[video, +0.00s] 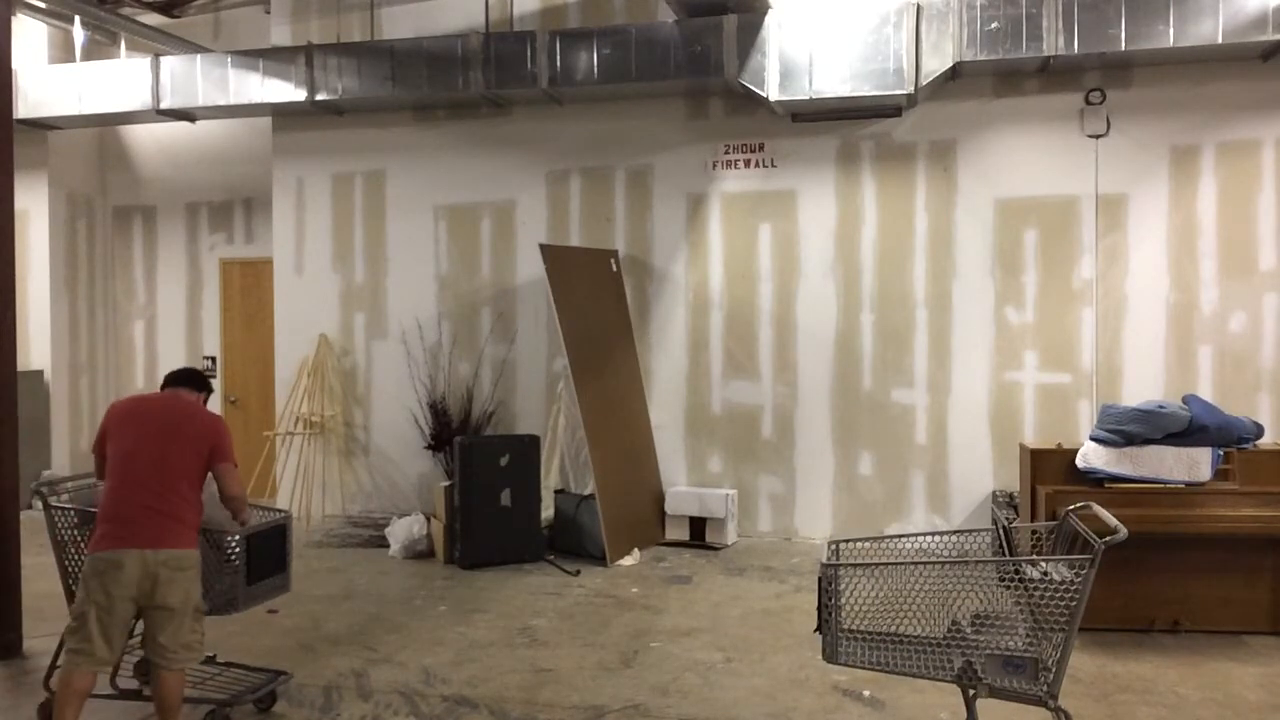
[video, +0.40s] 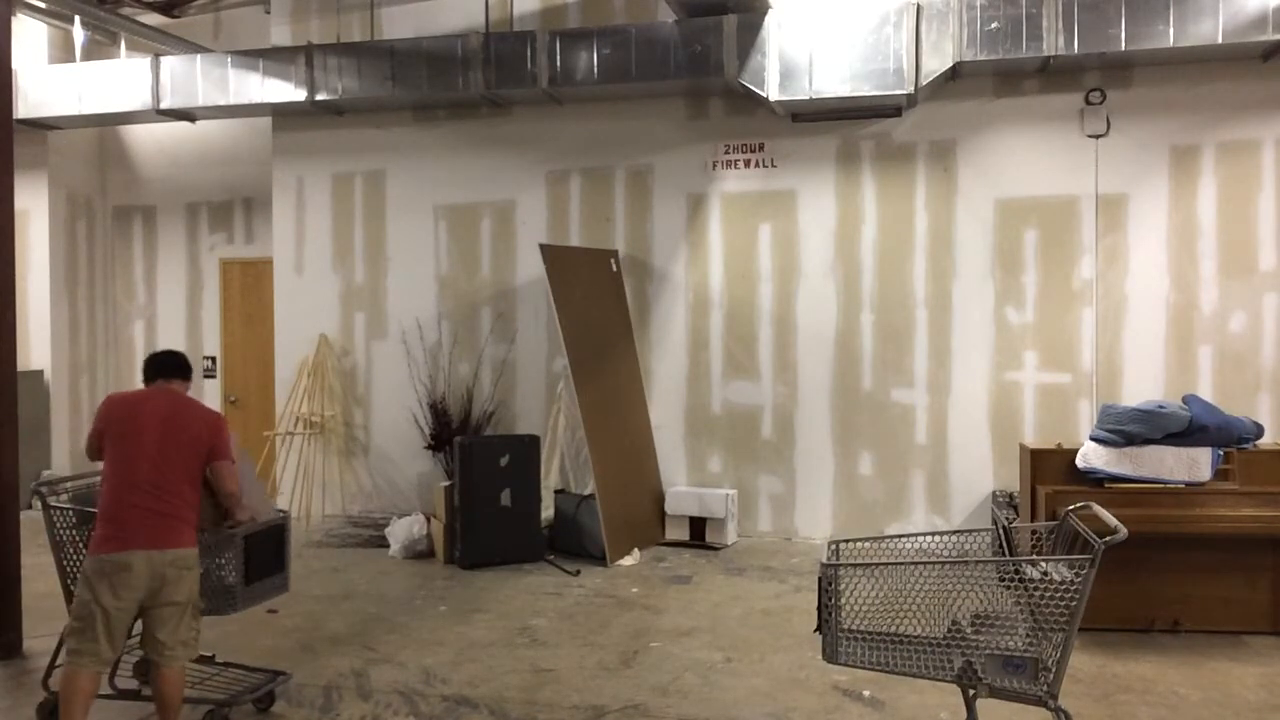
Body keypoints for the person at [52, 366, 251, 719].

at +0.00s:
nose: (205, 406)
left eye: (206, 403)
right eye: (207, 402)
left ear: (163, 389)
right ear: (200, 397)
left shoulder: (120, 408)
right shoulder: (210, 423)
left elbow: (102, 471)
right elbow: (231, 491)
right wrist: (241, 515)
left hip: (112, 552)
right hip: (175, 556)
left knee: (85, 655)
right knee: (171, 659)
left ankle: (62, 715)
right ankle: (169, 715)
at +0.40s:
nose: (188, 390)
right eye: (189, 385)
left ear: (146, 380)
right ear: (188, 383)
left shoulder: (115, 405)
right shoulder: (209, 420)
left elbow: (93, 452)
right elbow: (228, 487)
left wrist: (131, 436)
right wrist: (235, 510)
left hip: (115, 554)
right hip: (177, 555)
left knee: (86, 656)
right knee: (170, 657)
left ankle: (68, 717)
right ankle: (169, 716)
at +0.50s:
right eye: (177, 378)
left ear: (135, 379)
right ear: (177, 378)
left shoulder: (110, 406)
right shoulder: (202, 416)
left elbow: (82, 443)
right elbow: (224, 482)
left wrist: (122, 430)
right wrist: (232, 498)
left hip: (117, 555)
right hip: (178, 555)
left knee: (86, 657)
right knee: (170, 657)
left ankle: (69, 715)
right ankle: (170, 716)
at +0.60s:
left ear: (123, 376)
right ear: (166, 372)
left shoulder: (102, 408)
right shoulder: (192, 411)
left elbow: (69, 435)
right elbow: (221, 477)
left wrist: (112, 411)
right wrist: (239, 481)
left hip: (113, 556)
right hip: (174, 554)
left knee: (84, 659)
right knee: (170, 656)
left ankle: (69, 716)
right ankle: (170, 716)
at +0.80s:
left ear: (91, 376)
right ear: (138, 372)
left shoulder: (78, 417)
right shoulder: (168, 417)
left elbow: (27, 428)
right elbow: (201, 480)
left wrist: (58, 389)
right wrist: (203, 448)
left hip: (95, 563)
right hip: (158, 558)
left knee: (79, 667)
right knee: (161, 660)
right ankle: (168, 716)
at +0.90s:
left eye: (78, 371)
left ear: (77, 375)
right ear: (123, 372)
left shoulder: (61, 421)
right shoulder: (154, 420)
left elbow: (7, 429)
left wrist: (25, 387)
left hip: (76, 568)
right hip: (141, 563)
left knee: (66, 673)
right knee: (153, 662)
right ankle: (164, 716)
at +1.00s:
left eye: (66, 370)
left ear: (64, 375)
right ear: (111, 372)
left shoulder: (43, 423)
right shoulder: (139, 420)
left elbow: (4, 442)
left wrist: (8, 404)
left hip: (58, 570)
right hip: (121, 566)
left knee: (58, 677)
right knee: (140, 661)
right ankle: (158, 715)